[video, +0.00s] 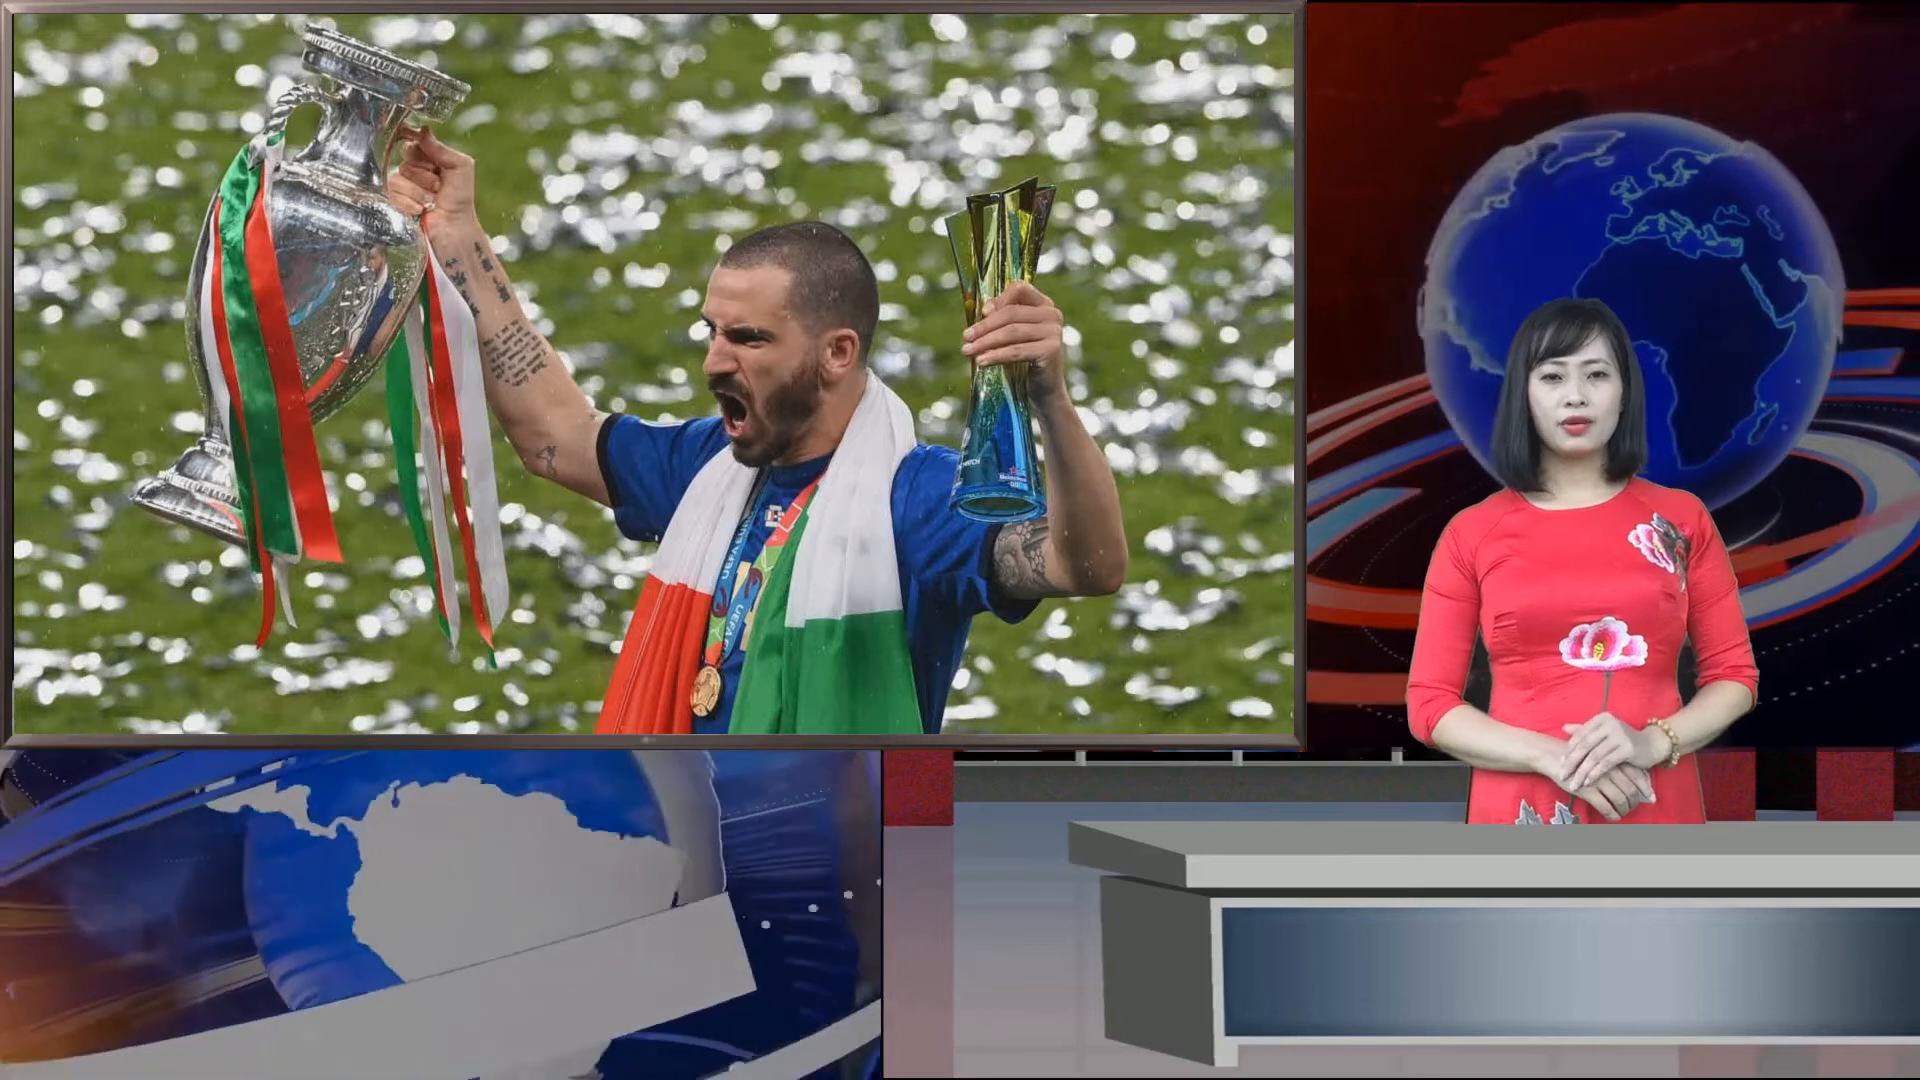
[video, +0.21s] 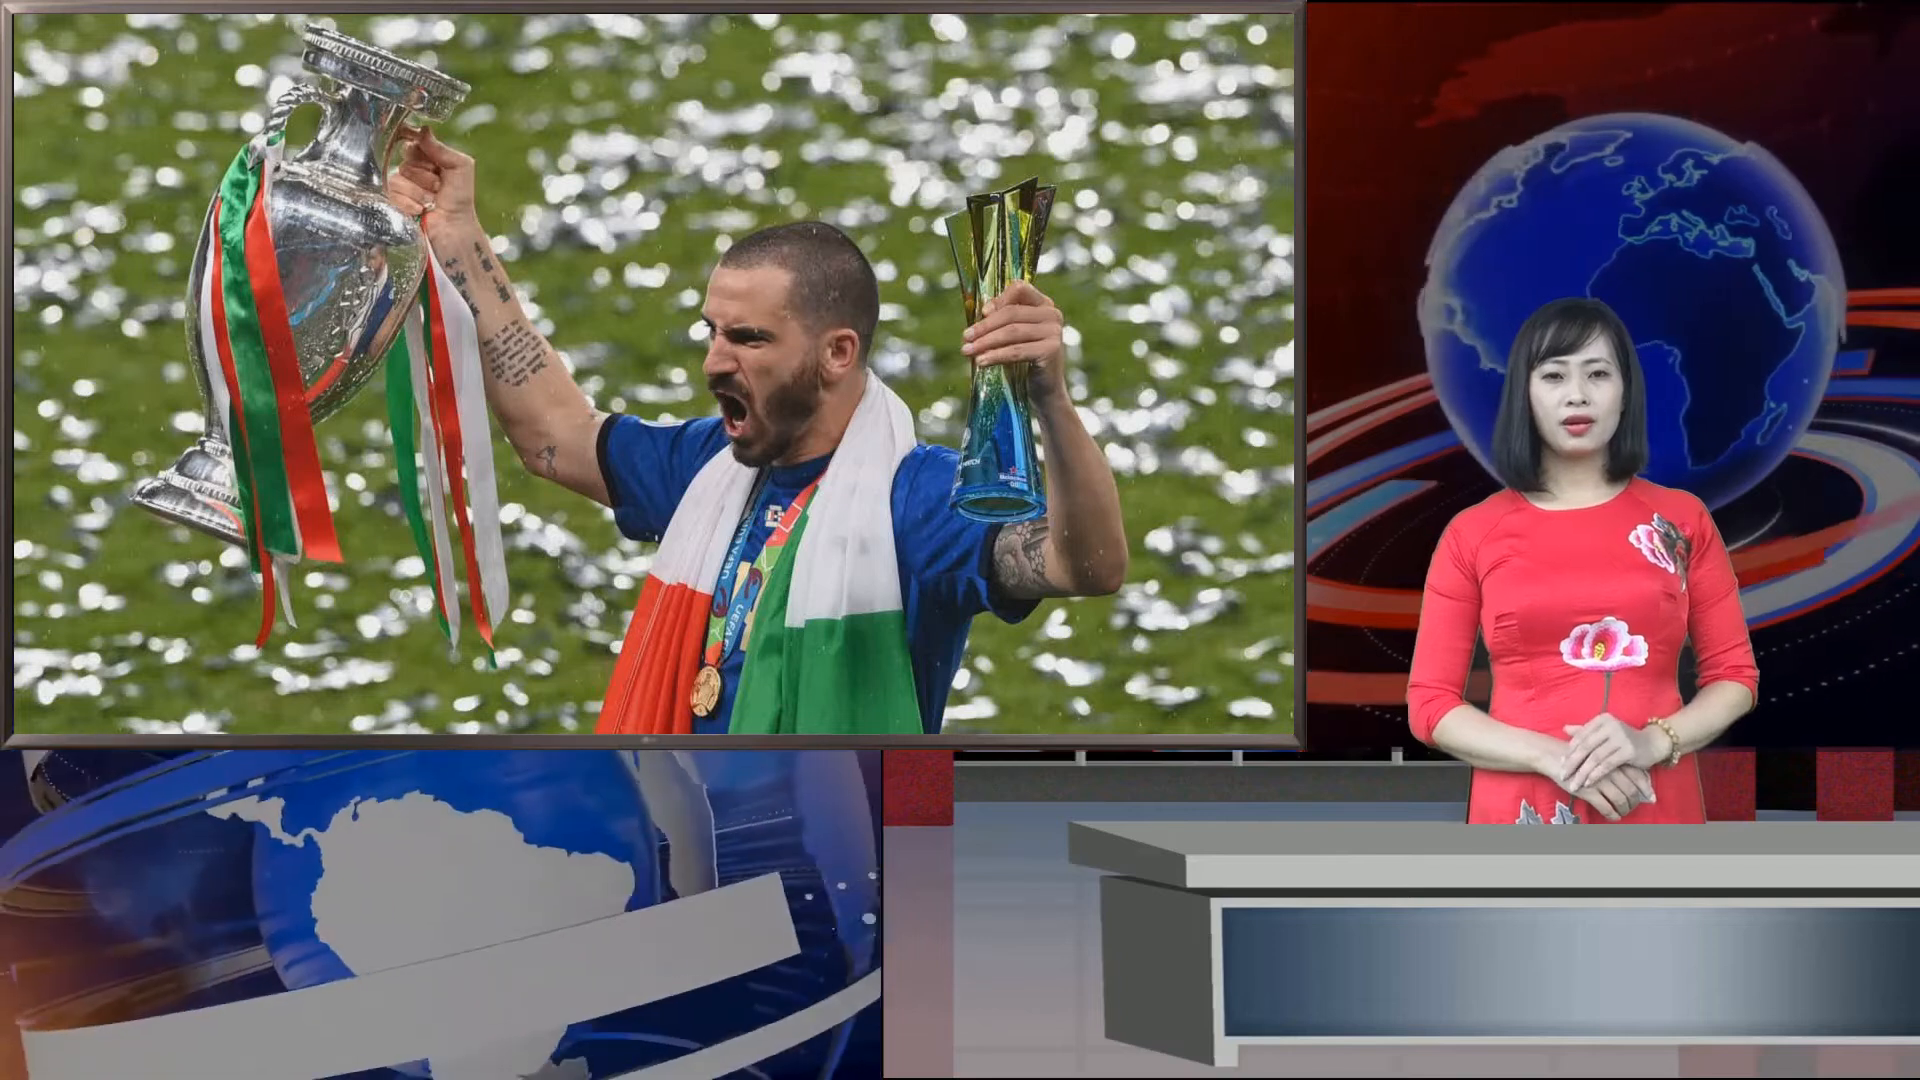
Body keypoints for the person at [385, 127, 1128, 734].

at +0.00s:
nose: (714, 361)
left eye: (747, 339)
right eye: (712, 333)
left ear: (839, 355)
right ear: (705, 327)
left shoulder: (915, 493)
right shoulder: (702, 465)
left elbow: (1090, 563)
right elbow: (557, 438)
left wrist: (1049, 398)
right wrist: (465, 253)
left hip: (832, 907)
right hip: (671, 893)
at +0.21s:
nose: (714, 361)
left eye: (747, 339)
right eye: (712, 333)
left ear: (839, 355)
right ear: (705, 327)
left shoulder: (915, 493)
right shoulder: (703, 465)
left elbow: (1090, 563)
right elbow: (557, 438)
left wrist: (1049, 398)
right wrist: (464, 252)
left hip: (834, 907)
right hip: (671, 892)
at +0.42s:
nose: (714, 362)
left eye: (747, 339)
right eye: (712, 333)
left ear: (839, 355)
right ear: (705, 327)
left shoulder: (915, 493)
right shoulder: (703, 466)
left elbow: (1090, 563)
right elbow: (557, 438)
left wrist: (1049, 398)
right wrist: (464, 251)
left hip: (828, 900)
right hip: (667, 891)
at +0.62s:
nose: (714, 362)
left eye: (747, 339)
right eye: (712, 333)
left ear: (839, 355)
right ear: (705, 327)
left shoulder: (915, 493)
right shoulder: (703, 466)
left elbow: (1090, 563)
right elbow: (557, 438)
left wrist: (1049, 398)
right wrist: (464, 251)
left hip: (830, 895)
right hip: (667, 888)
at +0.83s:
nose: (713, 361)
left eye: (747, 339)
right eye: (711, 333)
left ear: (839, 356)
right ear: (705, 327)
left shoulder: (915, 493)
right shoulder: (703, 465)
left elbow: (1089, 563)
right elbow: (557, 438)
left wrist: (1049, 398)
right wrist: (465, 254)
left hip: (832, 893)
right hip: (670, 886)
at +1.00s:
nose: (713, 362)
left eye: (747, 339)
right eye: (711, 333)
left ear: (839, 356)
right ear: (705, 327)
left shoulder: (915, 493)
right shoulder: (703, 466)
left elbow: (1090, 563)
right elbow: (557, 438)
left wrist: (1049, 399)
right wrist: (464, 252)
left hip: (833, 893)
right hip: (670, 883)